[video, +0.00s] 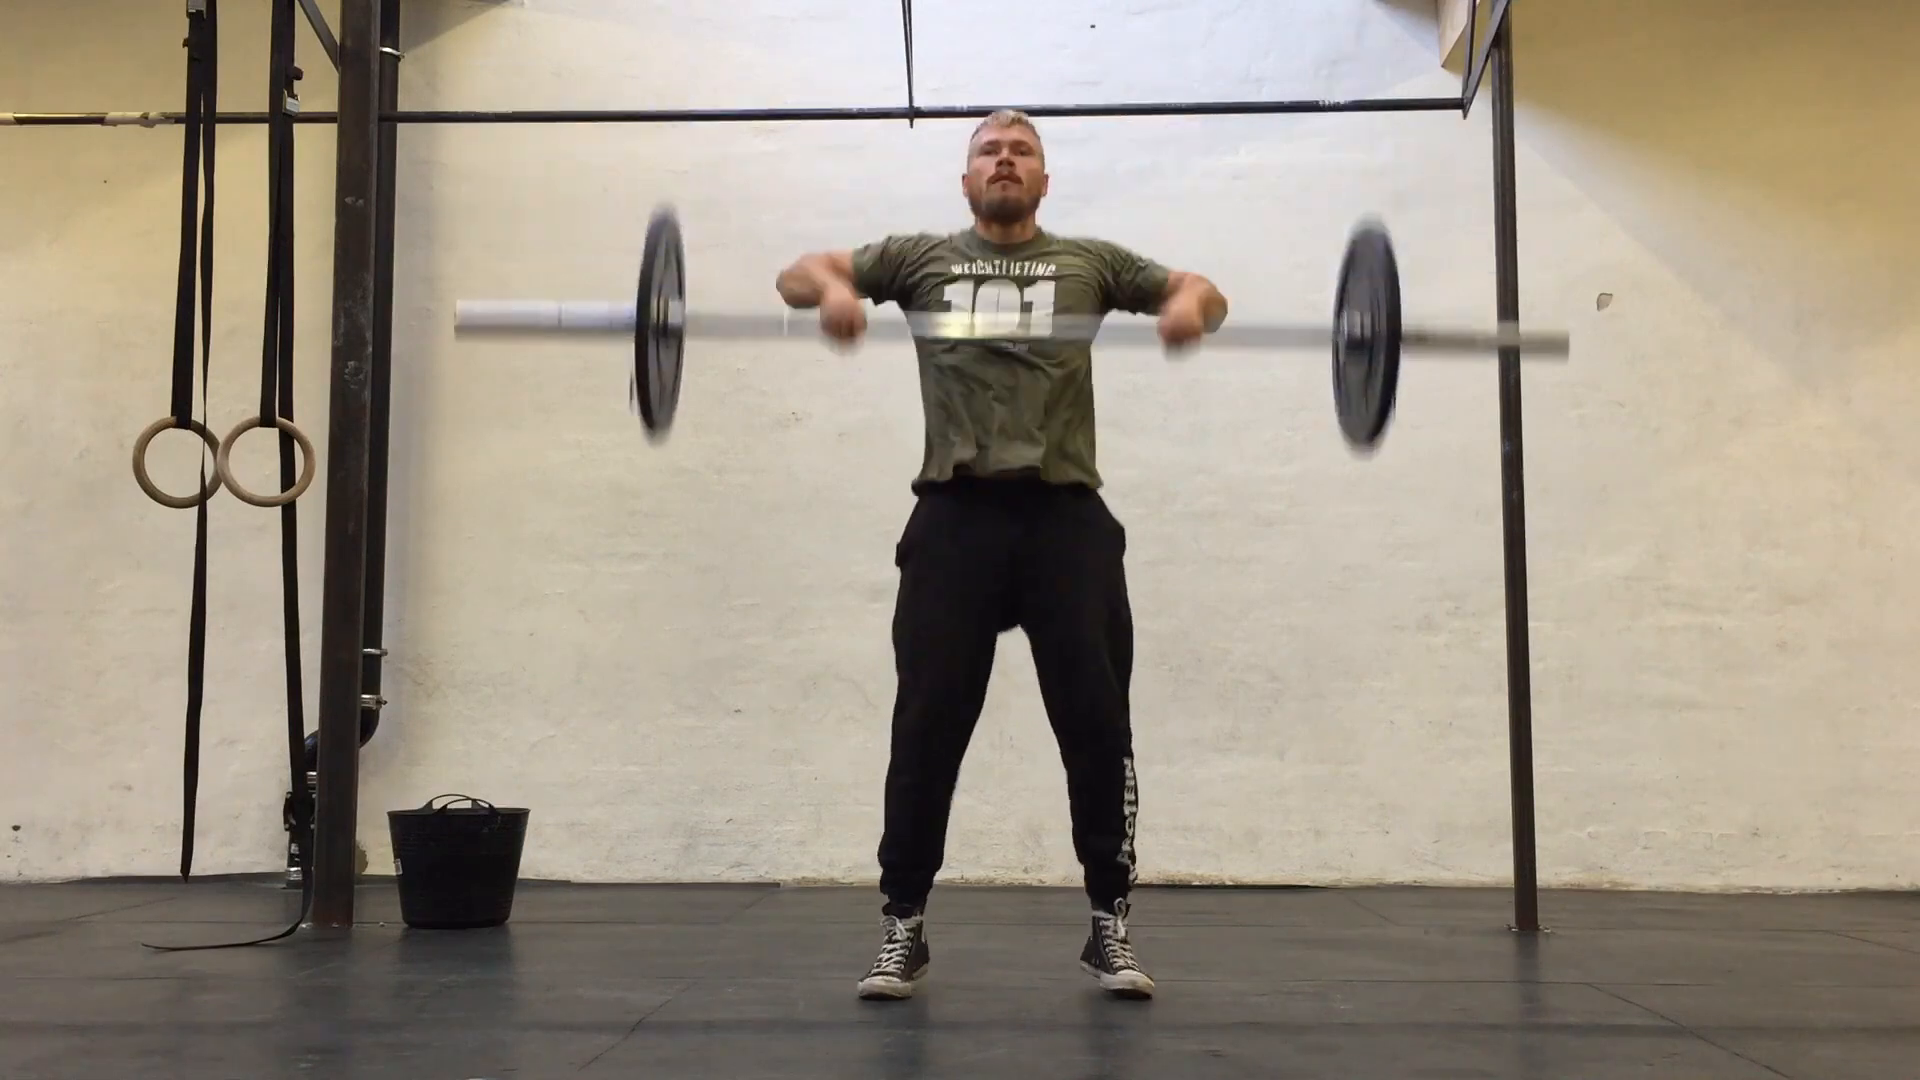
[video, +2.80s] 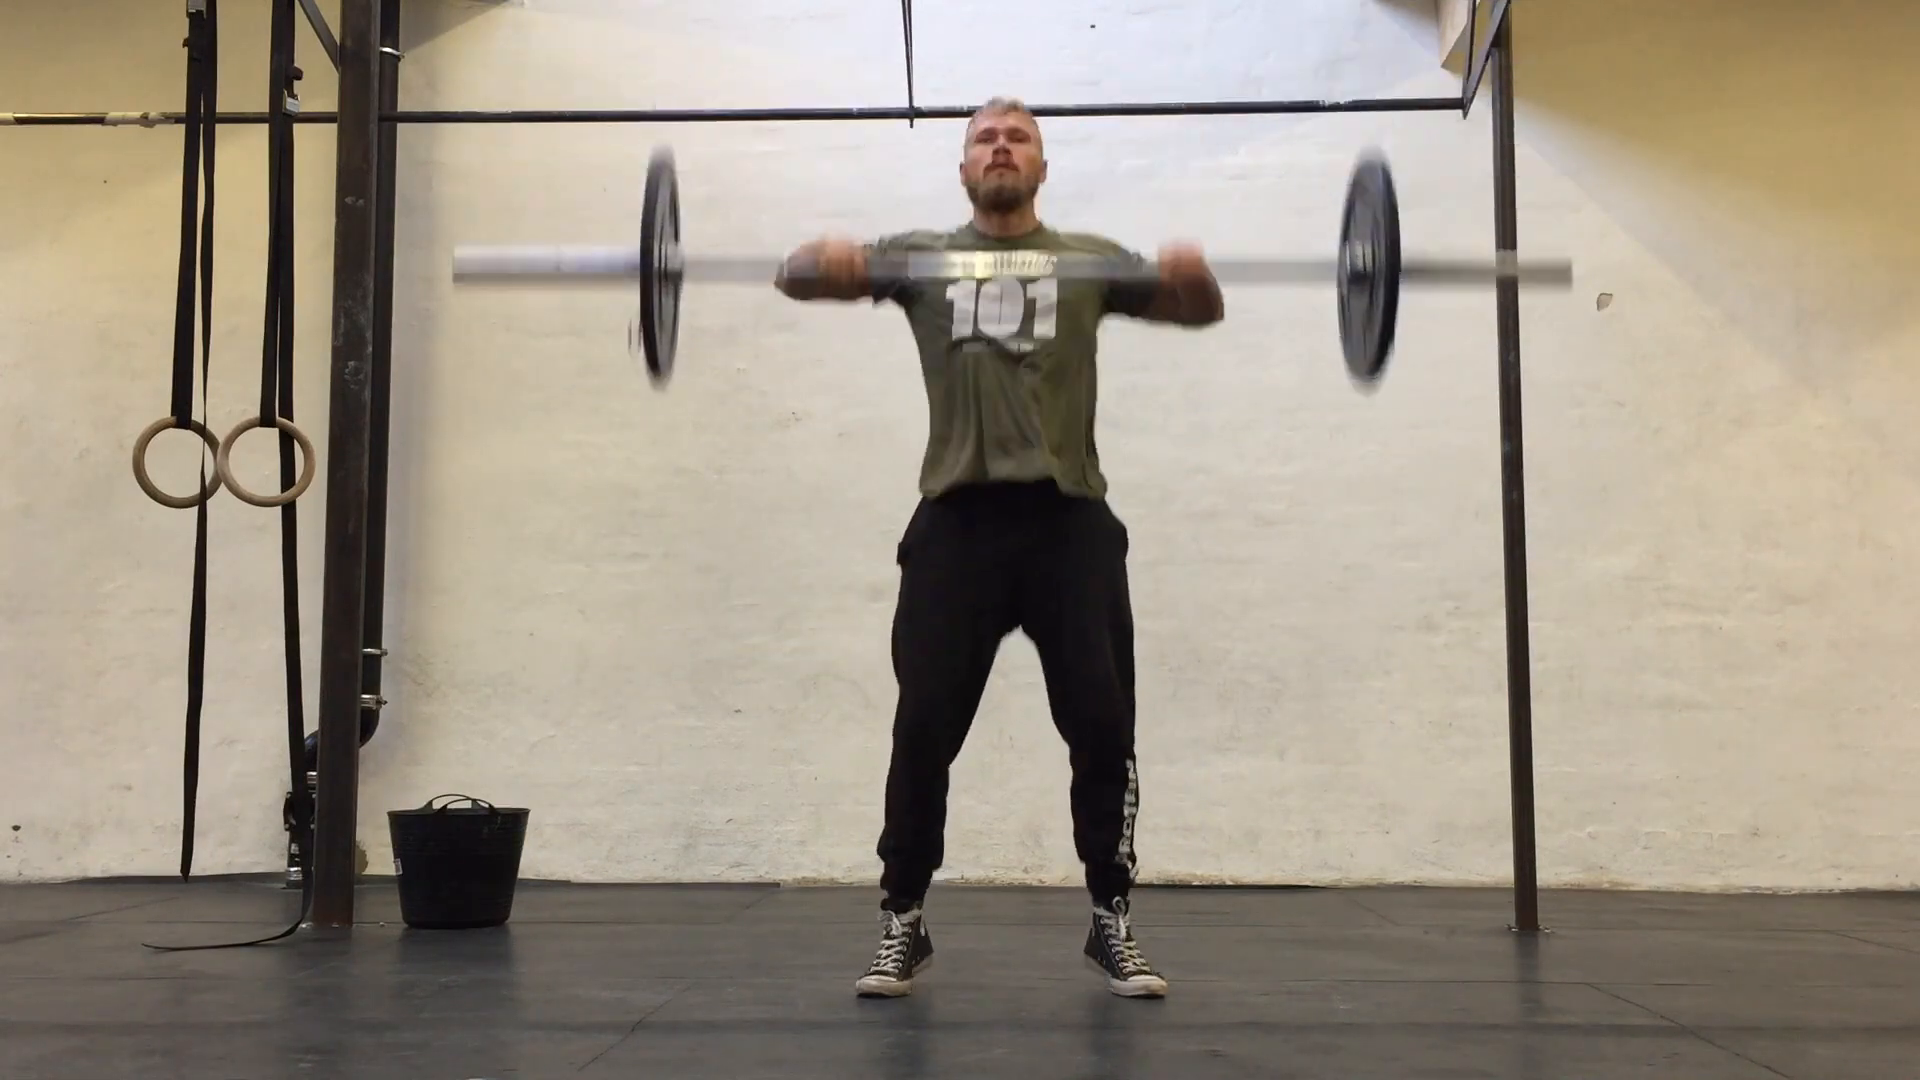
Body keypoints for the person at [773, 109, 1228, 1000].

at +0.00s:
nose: (1005, 159)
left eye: (1021, 150)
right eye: (988, 149)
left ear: (1045, 178)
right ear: (964, 179)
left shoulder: (1088, 263)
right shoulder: (921, 258)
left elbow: (1202, 293)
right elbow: (798, 274)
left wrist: (1188, 303)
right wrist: (834, 286)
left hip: (1067, 527)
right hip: (953, 527)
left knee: (1098, 729)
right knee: (925, 730)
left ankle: (1111, 928)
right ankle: (901, 930)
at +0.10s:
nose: (1009, 156)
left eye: (1025, 146)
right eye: (993, 145)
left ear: (1048, 173)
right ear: (966, 172)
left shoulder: (1090, 262)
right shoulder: (924, 263)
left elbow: (1194, 332)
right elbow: (820, 332)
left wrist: (1183, 416)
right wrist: (839, 406)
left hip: (1068, 526)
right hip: (957, 526)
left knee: (1099, 724)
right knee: (927, 723)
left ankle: (1110, 927)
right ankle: (902, 929)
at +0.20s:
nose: (1007, 174)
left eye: (1023, 164)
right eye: (991, 163)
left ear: (1048, 194)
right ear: (964, 193)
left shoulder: (1096, 298)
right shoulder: (918, 301)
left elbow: (1170, 402)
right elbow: (844, 403)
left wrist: (1179, 524)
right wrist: (843, 514)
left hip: (1074, 567)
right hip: (951, 568)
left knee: (1110, 750)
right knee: (918, 752)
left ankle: (1106, 936)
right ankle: (904, 938)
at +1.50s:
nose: (1004, 279)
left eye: (1021, 271)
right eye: (988, 270)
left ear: (1044, 303)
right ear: (963, 301)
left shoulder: (1089, 392)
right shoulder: (924, 396)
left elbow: (1167, 442)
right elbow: (857, 436)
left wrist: (1166, 359)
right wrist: (843, 362)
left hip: (1066, 649)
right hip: (944, 648)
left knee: (1168, 776)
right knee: (857, 779)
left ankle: (1107, 943)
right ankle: (908, 945)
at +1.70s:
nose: (1002, 173)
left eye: (1018, 168)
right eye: (986, 168)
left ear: (1041, 200)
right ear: (962, 201)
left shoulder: (1075, 279)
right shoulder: (924, 283)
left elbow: (1155, 303)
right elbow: (857, 318)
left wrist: (1169, 219)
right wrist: (841, 234)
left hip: (1060, 552)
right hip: (945, 552)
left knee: (1095, 747)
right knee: (916, 748)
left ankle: (1107, 938)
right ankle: (905, 938)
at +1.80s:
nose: (998, 165)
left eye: (1016, 159)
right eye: (982, 159)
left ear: (1040, 191)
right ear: (961, 191)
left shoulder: (1079, 261)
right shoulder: (918, 266)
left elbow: (1183, 221)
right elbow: (825, 231)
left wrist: (1174, 119)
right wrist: (834, 124)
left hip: (1061, 527)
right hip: (945, 530)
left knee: (1088, 735)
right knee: (925, 736)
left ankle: (1110, 936)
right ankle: (904, 935)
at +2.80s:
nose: (1000, 145)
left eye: (1017, 136)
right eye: (984, 137)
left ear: (1043, 167)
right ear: (962, 169)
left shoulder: (1088, 257)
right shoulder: (920, 255)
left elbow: (1198, 309)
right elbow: (795, 280)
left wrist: (1188, 272)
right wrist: (825, 263)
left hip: (1071, 524)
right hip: (956, 526)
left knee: (1104, 728)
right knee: (923, 729)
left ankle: (1110, 924)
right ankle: (902, 926)